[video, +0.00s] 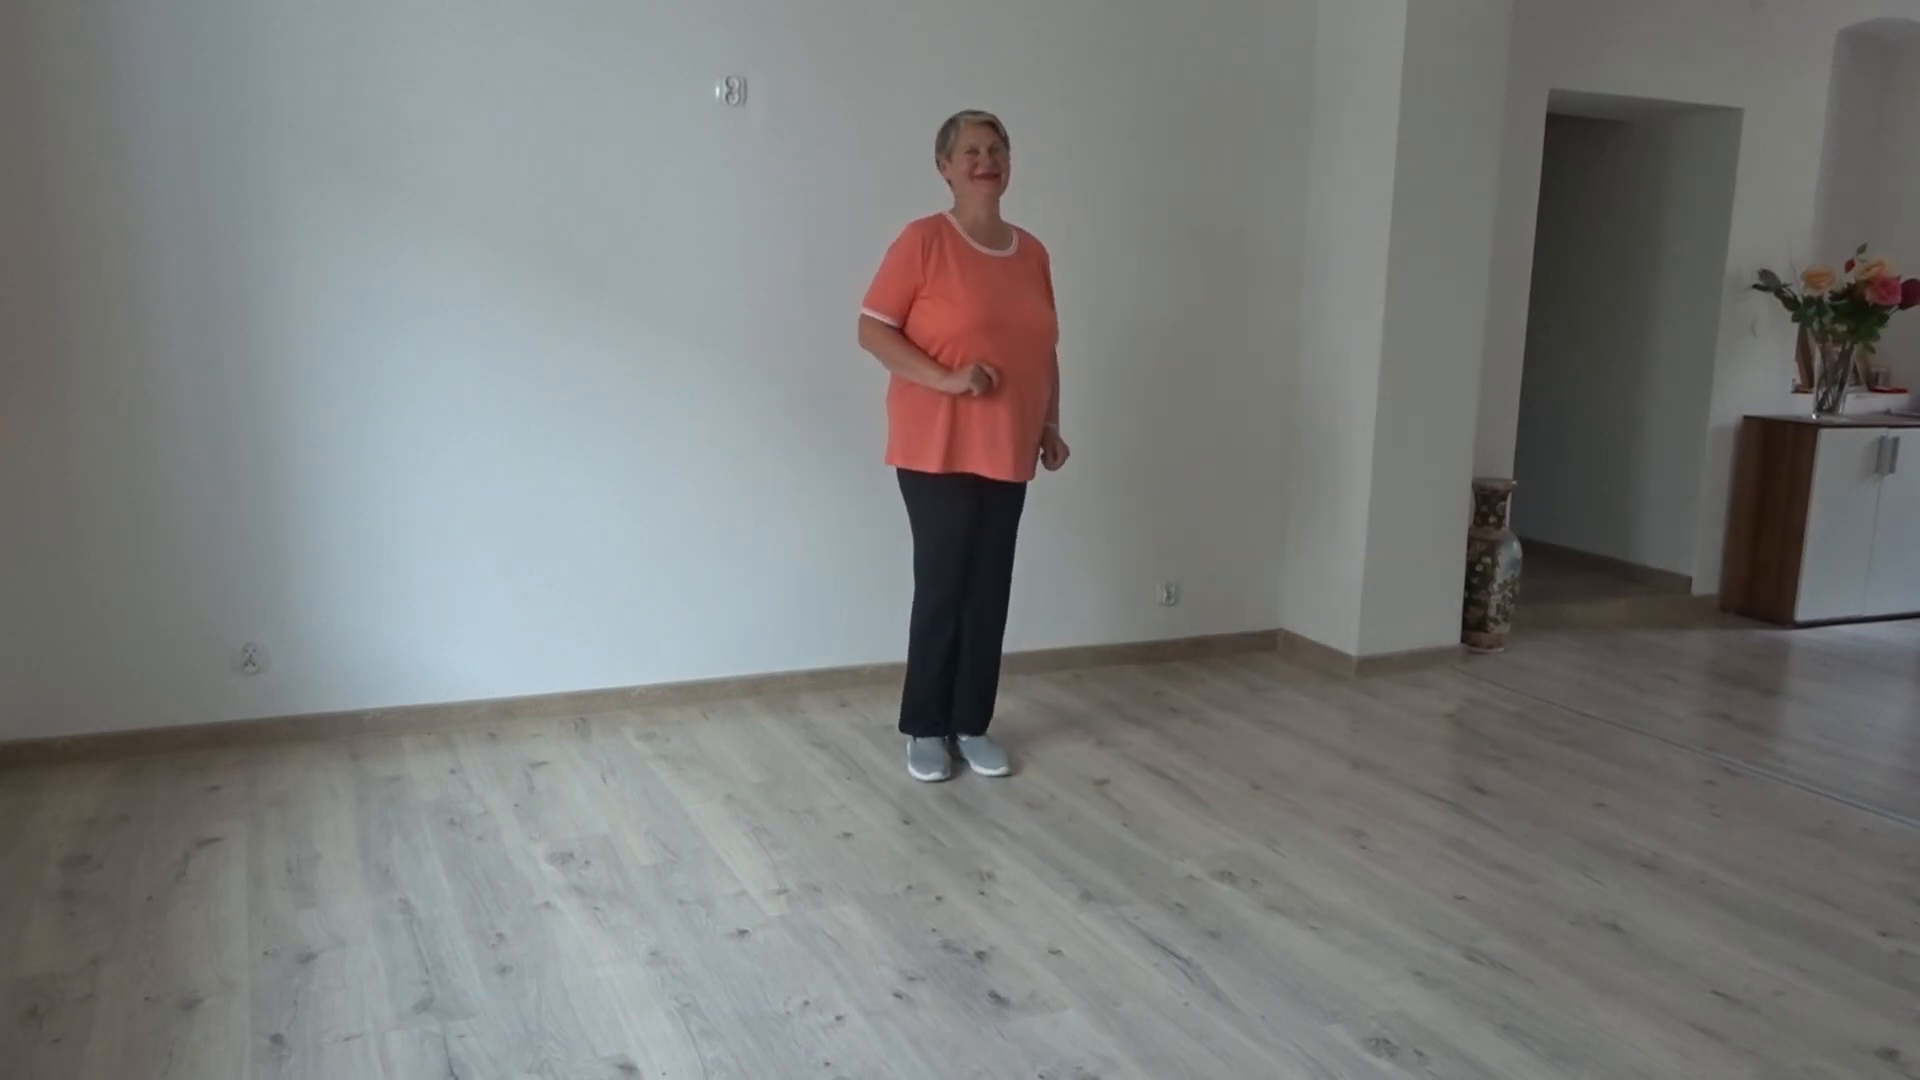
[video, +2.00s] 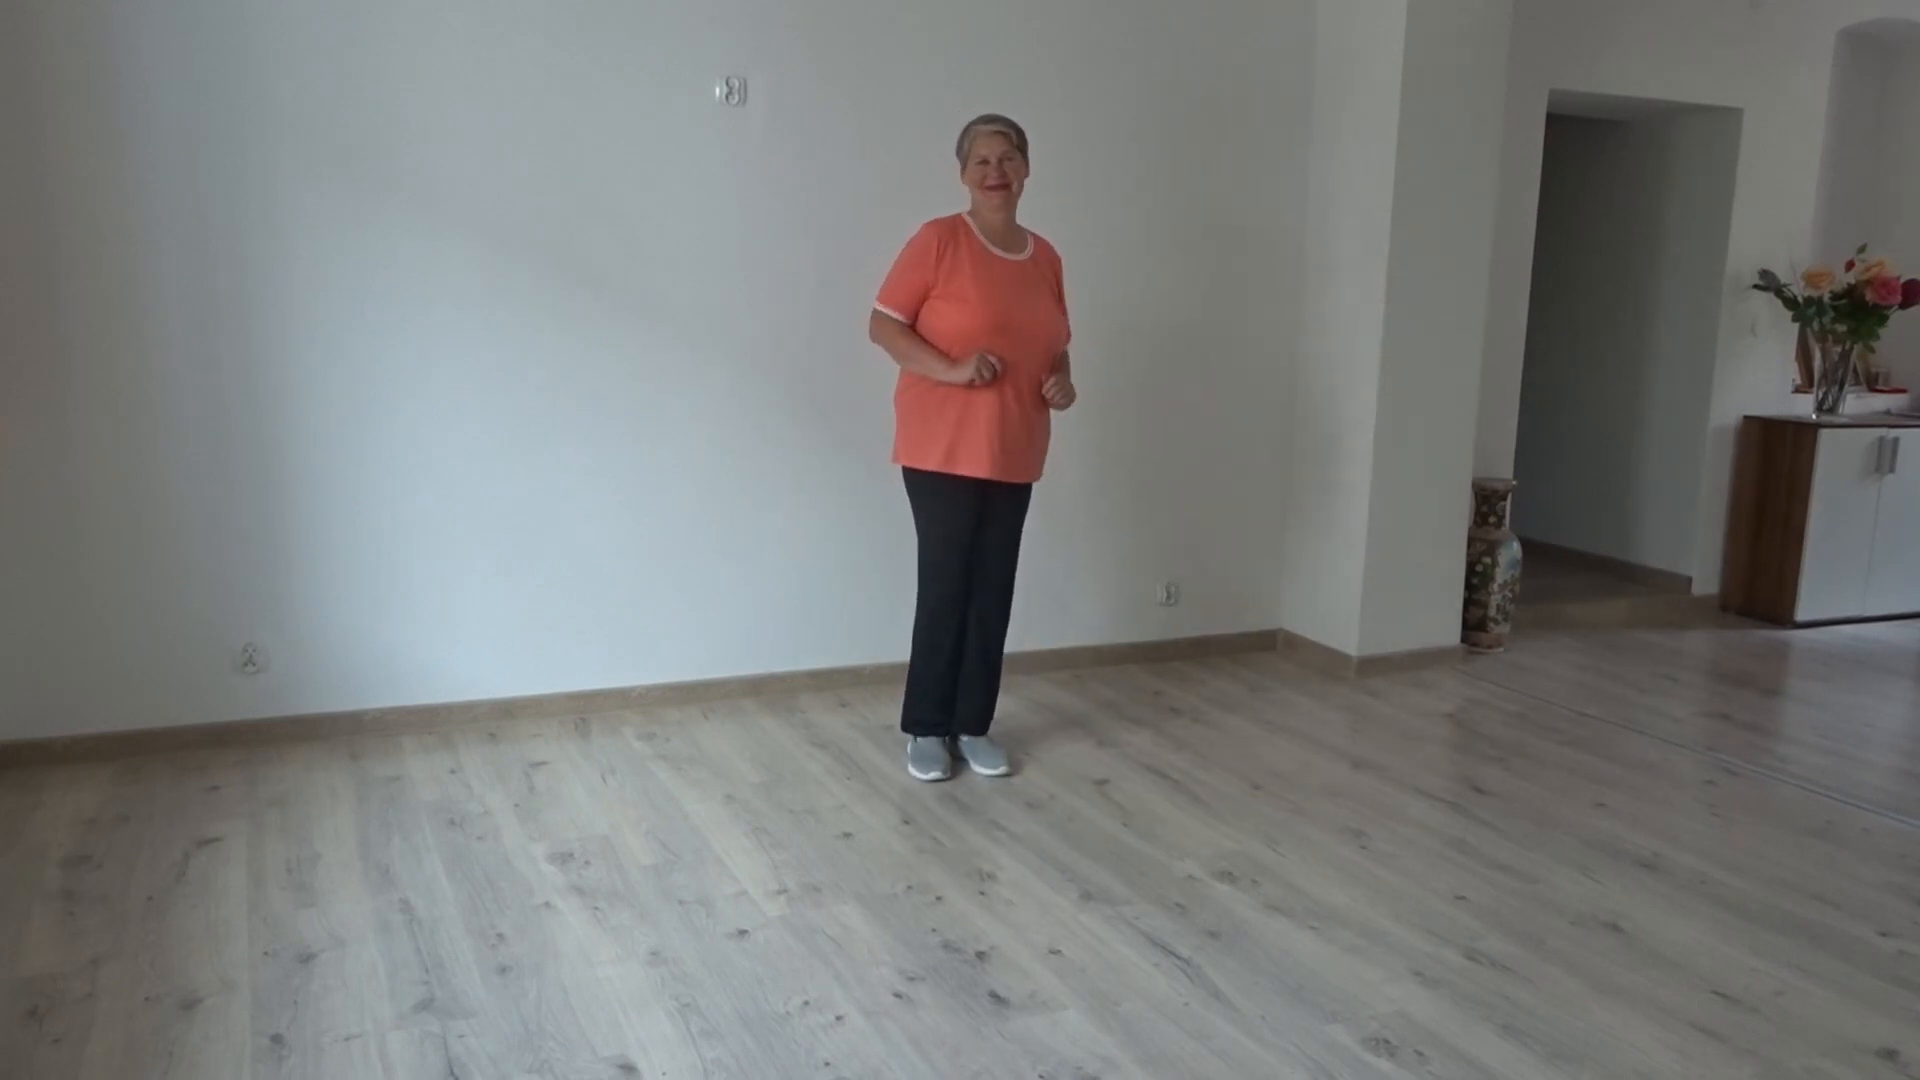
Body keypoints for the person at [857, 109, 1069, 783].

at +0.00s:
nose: (987, 160)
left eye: (995, 150)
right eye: (971, 152)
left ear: (1010, 164)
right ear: (946, 168)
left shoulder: (1031, 252)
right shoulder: (922, 242)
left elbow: (1045, 348)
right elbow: (873, 331)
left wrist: (1049, 422)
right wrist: (944, 379)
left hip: (1007, 455)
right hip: (937, 451)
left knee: (987, 595)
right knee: (942, 591)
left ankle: (969, 728)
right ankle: (925, 730)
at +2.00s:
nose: (997, 169)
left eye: (1008, 158)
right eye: (983, 160)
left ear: (1026, 170)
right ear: (962, 173)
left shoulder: (1045, 257)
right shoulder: (937, 241)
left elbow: (1057, 345)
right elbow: (884, 326)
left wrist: (1058, 379)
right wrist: (949, 368)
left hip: (1013, 458)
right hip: (942, 454)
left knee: (991, 597)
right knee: (945, 593)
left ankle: (970, 729)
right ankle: (925, 731)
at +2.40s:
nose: (995, 167)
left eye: (1007, 157)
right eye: (982, 157)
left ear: (1023, 170)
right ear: (958, 169)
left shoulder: (1041, 256)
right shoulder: (929, 245)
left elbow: (1058, 341)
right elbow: (880, 333)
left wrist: (1057, 383)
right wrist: (942, 377)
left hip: (1012, 458)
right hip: (940, 456)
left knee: (990, 598)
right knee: (944, 595)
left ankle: (972, 729)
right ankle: (926, 731)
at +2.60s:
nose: (989, 160)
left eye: (1000, 152)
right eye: (976, 150)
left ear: (1013, 171)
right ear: (948, 165)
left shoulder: (1039, 251)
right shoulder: (916, 246)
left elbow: (1069, 338)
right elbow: (874, 333)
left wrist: (1054, 381)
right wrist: (914, 377)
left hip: (1009, 457)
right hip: (935, 455)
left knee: (989, 598)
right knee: (941, 594)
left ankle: (972, 729)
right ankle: (926, 730)